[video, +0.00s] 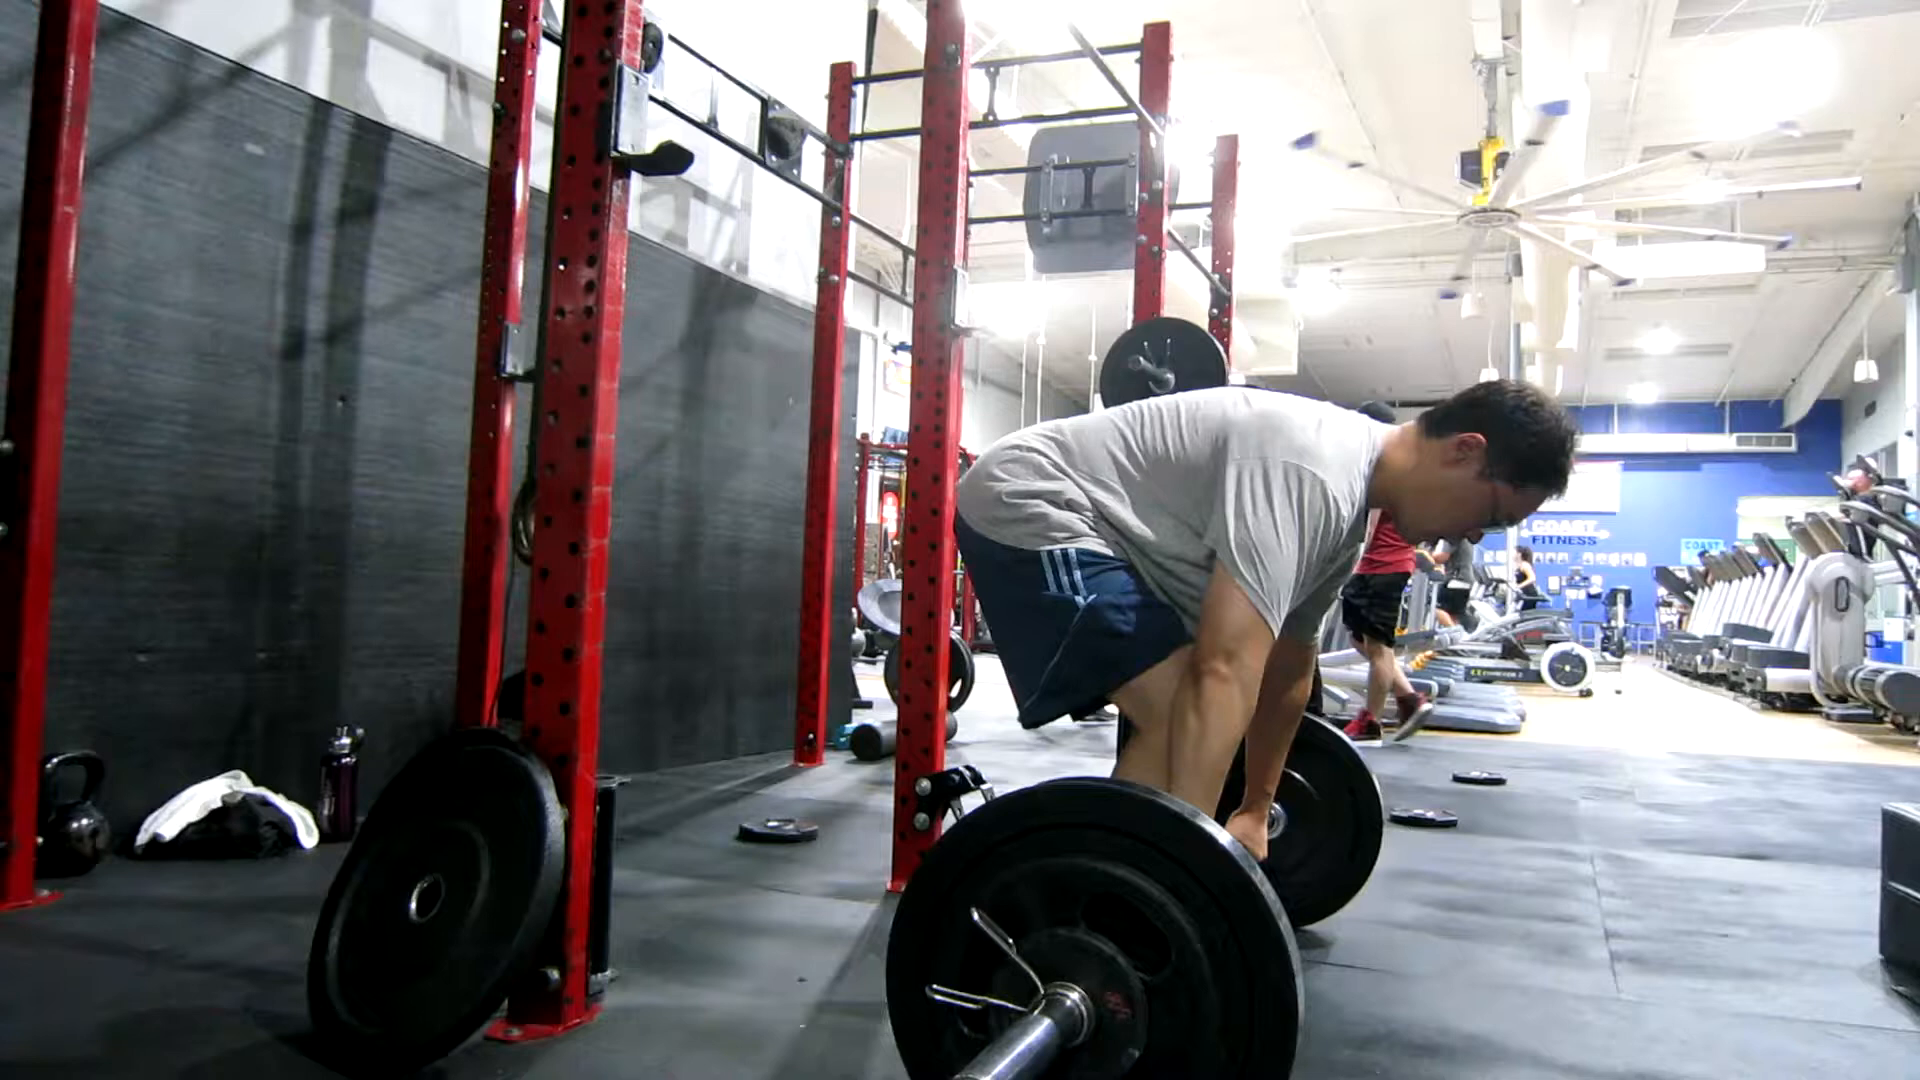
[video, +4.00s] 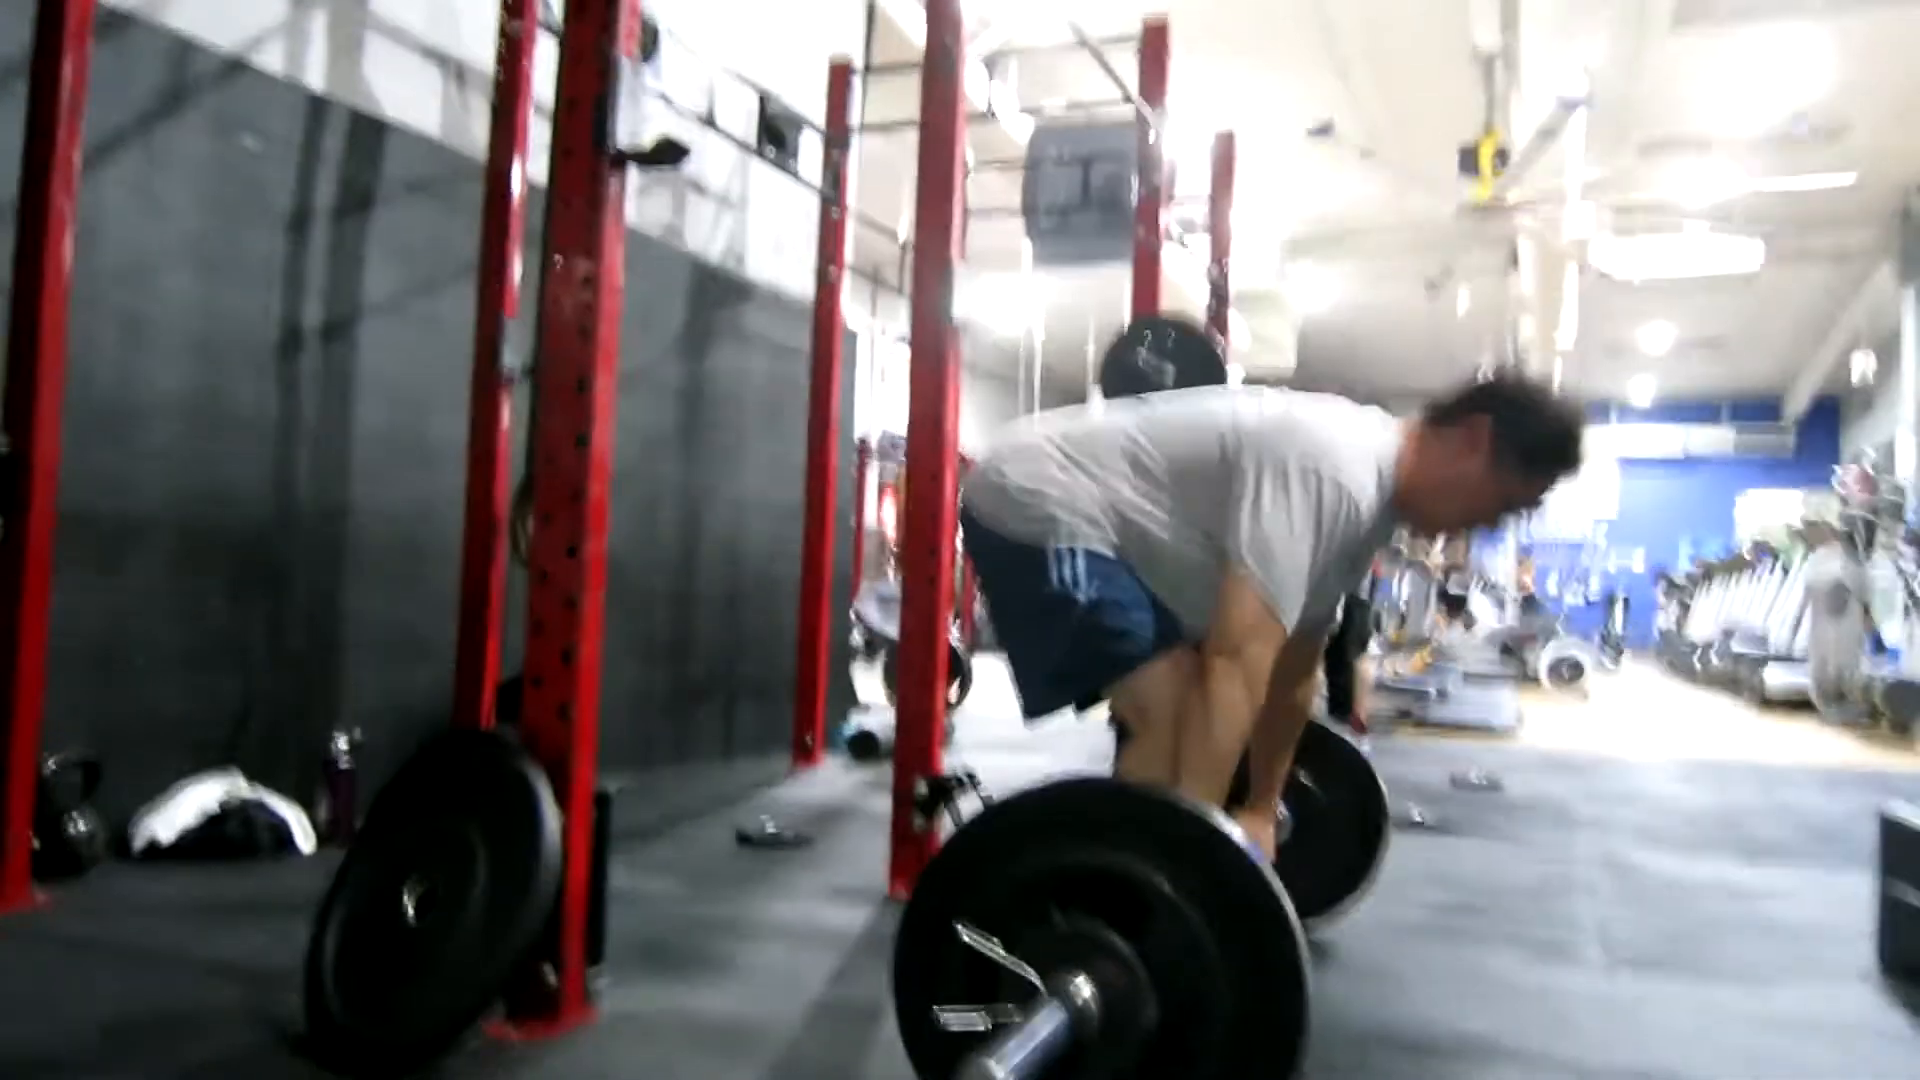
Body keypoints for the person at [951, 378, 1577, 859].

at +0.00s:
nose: (1471, 540)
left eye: (1490, 530)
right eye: (1488, 518)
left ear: (1465, 454)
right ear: (1465, 455)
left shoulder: (1346, 512)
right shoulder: (1311, 467)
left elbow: (1288, 674)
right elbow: (1221, 668)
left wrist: (1255, 807)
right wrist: (1178, 862)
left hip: (1086, 522)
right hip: (1033, 499)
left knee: (1167, 716)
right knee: (1188, 693)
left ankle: (1107, 900)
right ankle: (1153, 895)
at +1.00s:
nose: (1465, 544)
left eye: (1486, 531)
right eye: (1484, 519)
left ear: (1459, 454)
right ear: (1459, 454)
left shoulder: (1340, 515)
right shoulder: (1305, 469)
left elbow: (1284, 680)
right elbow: (1218, 668)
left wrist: (1253, 808)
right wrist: (1170, 865)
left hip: (1086, 527)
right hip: (1031, 503)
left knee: (1178, 717)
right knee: (1185, 699)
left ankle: (1099, 902)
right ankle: (1140, 897)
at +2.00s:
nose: (1480, 521)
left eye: (1498, 508)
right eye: (1494, 497)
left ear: (1459, 438)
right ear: (1460, 437)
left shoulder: (1368, 510)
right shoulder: (1321, 465)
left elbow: (1303, 677)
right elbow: (1241, 669)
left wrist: (1258, 811)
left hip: (1086, 518)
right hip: (1029, 497)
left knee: (1187, 706)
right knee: (1182, 699)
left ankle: (1106, 906)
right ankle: (1136, 904)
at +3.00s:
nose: (1472, 371)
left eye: (1489, 358)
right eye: (1486, 346)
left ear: (1450, 286)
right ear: (1452, 284)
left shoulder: (1345, 358)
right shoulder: (1306, 300)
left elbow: (1231, 445)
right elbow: (1156, 380)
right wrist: (1211, 545)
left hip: (1105, 489)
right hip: (1037, 475)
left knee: (1196, 694)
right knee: (1137, 706)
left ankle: (1158, 925)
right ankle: (1101, 974)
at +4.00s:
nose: (1486, 527)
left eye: (1505, 516)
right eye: (1501, 504)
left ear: (1472, 439)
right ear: (1472, 440)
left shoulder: (1367, 499)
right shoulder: (1325, 463)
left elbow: (1295, 671)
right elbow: (1234, 660)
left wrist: (1262, 812)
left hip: (1087, 515)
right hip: (1036, 498)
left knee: (1185, 704)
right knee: (1171, 699)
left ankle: (1129, 904)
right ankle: (1144, 895)